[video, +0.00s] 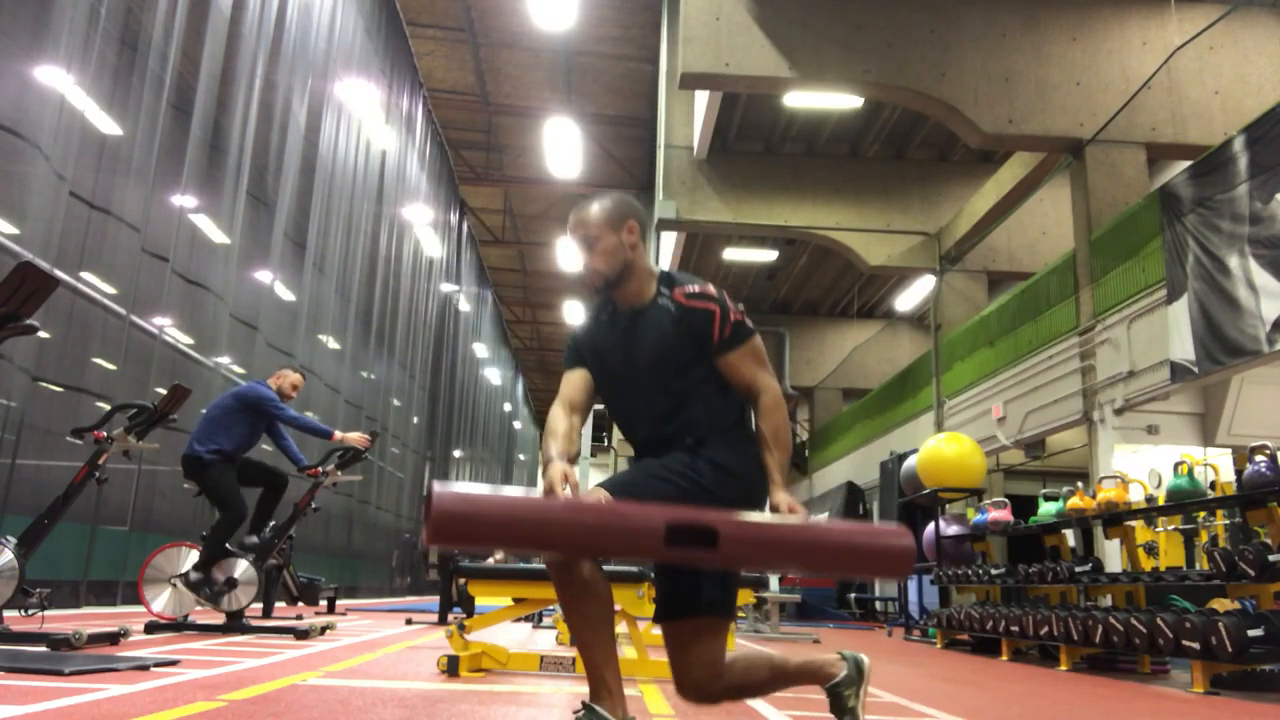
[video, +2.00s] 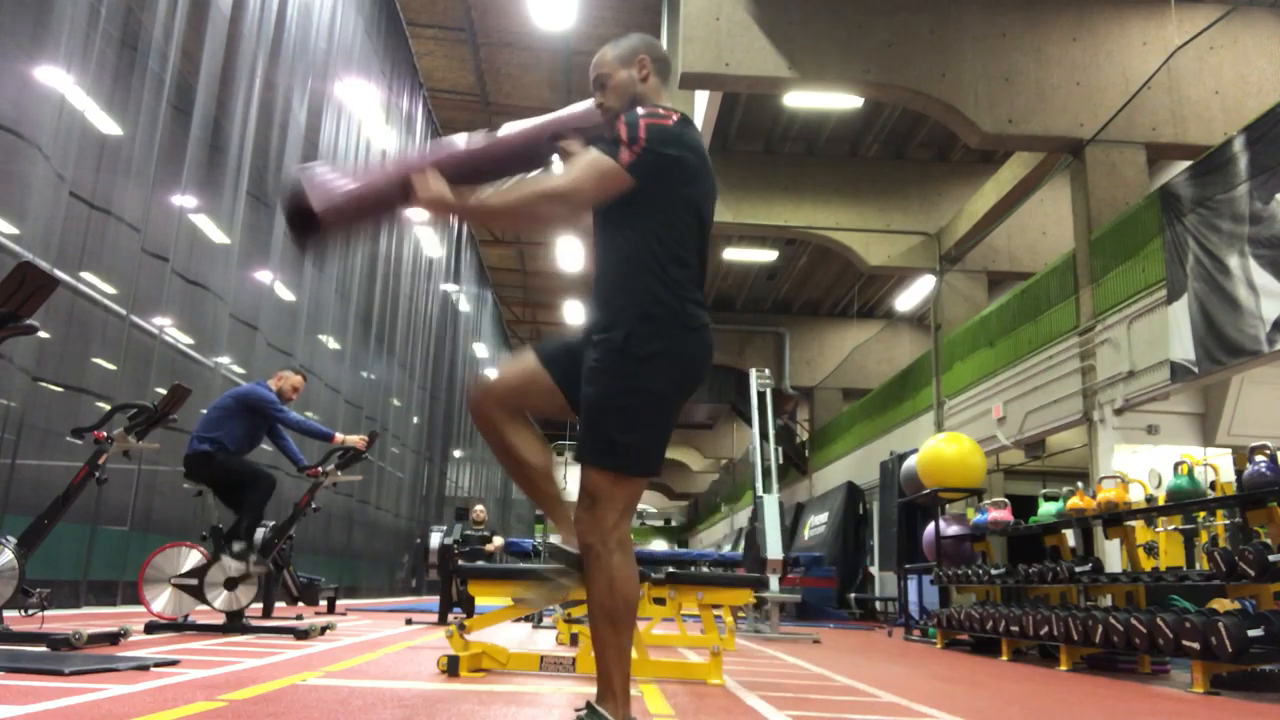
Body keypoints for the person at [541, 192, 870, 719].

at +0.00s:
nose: (583, 261)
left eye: (591, 246)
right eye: (578, 249)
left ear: (631, 236)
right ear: (579, 249)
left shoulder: (700, 303)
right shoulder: (593, 334)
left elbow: (766, 389)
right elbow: (567, 407)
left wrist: (778, 483)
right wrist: (556, 460)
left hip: (722, 470)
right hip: (668, 477)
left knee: (566, 525)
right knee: (700, 679)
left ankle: (609, 707)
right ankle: (837, 670)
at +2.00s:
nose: (595, 96)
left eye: (603, 82)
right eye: (593, 87)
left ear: (644, 70)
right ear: (643, 76)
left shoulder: (656, 129)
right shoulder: (647, 138)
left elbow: (563, 196)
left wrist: (457, 204)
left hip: (650, 345)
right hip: (619, 339)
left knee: (601, 528)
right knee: (491, 397)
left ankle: (614, 707)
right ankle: (573, 529)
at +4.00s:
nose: (587, 96)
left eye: (595, 80)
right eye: (583, 87)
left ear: (639, 71)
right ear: (629, 79)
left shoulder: (666, 141)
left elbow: (616, 240)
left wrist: (506, 287)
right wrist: (516, 189)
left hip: (653, 363)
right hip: (661, 363)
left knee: (588, 527)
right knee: (639, 529)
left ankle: (612, 707)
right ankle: (775, 594)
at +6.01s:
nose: (627, 277)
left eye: (638, 263)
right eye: (623, 265)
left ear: (679, 259)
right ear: (623, 267)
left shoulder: (737, 339)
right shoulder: (616, 346)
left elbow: (783, 439)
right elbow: (603, 429)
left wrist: (815, 541)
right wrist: (614, 504)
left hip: (728, 509)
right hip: (670, 519)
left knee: (570, 525)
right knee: (702, 708)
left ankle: (608, 706)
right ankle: (841, 672)